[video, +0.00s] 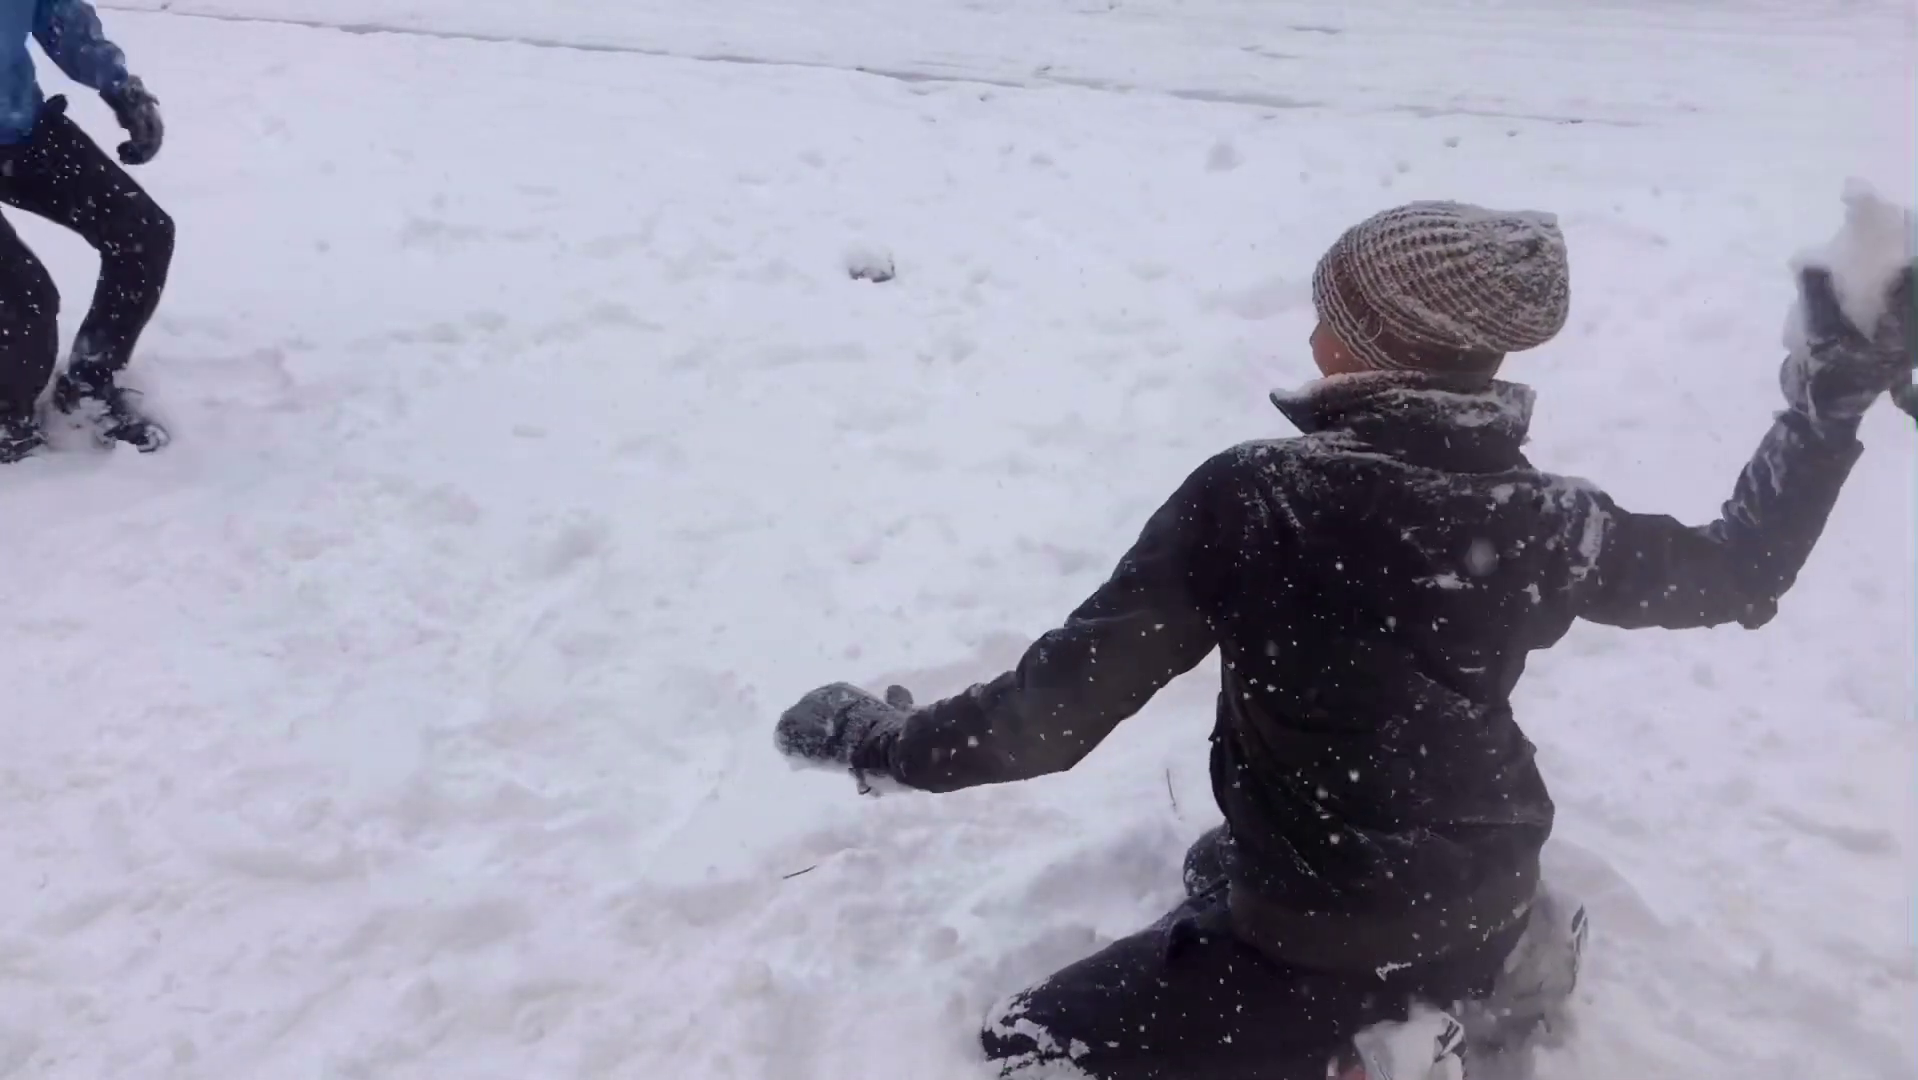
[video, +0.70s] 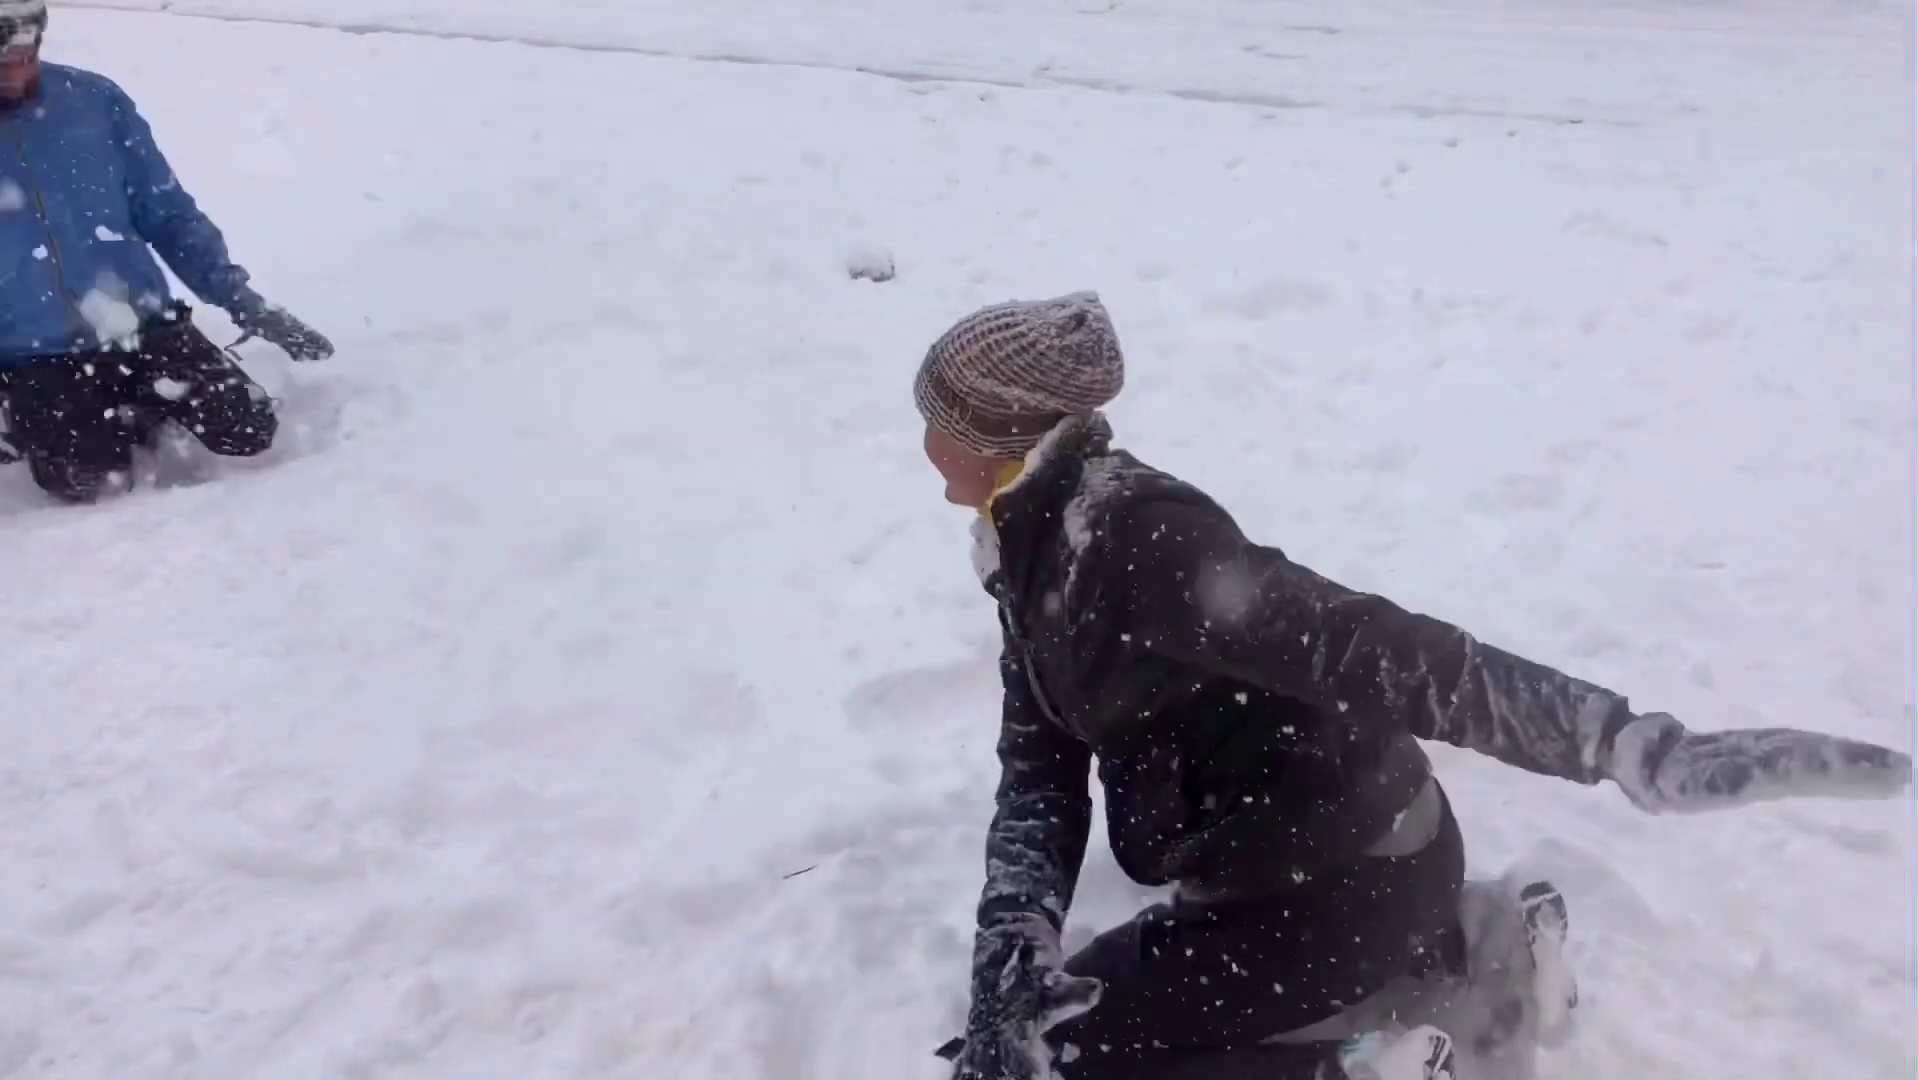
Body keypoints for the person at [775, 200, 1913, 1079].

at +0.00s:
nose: (1312, 343)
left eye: (1330, 326)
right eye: (1325, 316)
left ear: (1377, 355)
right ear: (1467, 365)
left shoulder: (1252, 502)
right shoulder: (1534, 520)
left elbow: (1048, 715)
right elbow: (1743, 571)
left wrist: (884, 737)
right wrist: (1838, 380)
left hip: (1301, 945)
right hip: (1486, 913)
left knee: (1023, 1043)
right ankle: (1505, 974)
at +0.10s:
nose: (1255, 354)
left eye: (1273, 332)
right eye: (1265, 326)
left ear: (1325, 352)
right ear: (1422, 362)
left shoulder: (1215, 512)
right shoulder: (1496, 503)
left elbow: (1009, 735)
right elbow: (1686, 516)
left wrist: (799, 734)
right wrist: (1762, 330)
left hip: (1300, 960)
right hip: (1481, 913)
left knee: (1021, 1039)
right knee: (1238, 833)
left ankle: (1339, 1045)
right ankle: (1492, 985)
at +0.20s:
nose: (1178, 367)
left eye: (1189, 344)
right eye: (1183, 340)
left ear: (1230, 360)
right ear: (1340, 348)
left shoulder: (1172, 534)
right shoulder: (1416, 463)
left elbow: (1003, 792)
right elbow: (1542, 414)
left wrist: (766, 753)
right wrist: (1591, 239)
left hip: (1310, 956)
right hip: (1471, 886)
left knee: (1029, 1045)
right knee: (1230, 824)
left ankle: (1392, 1036)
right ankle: (1471, 968)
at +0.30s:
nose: (1107, 373)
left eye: (1114, 353)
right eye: (1105, 350)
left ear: (1156, 368)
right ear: (1266, 338)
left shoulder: (1155, 539)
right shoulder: (1318, 428)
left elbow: (1094, 847)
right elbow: (1285, 298)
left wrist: (840, 842)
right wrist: (1284, 138)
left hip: (1325, 933)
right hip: (1442, 846)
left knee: (1024, 1045)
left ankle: (1393, 1035)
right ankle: (1459, 959)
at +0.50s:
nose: (1023, 371)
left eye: (1032, 349)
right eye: (1024, 347)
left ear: (1082, 364)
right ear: (1133, 352)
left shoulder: (1207, 503)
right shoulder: (1119, 454)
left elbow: (1340, 768)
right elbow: (944, 556)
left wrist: (1300, 1024)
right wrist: (764, 647)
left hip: (1308, 897)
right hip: (1281, 846)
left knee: (1037, 1047)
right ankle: (1449, 955)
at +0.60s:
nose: (968, 401)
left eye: (988, 381)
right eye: (973, 376)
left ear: (1060, 394)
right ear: (1051, 392)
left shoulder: (1172, 512)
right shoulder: (1054, 519)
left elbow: (1384, 712)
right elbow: (997, 734)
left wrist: (1560, 915)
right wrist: (904, 919)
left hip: (1348, 891)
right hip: (1248, 880)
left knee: (1038, 1044)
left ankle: (1367, 1065)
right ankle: (1426, 961)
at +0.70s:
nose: (925, 445)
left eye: (939, 425)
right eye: (927, 424)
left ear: (1001, 436)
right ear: (1017, 428)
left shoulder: (1139, 541)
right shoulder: (1034, 549)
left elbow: (1373, 648)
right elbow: (1039, 770)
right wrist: (1009, 967)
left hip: (1347, 904)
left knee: (1031, 1040)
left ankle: (1386, 1014)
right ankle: (1460, 954)